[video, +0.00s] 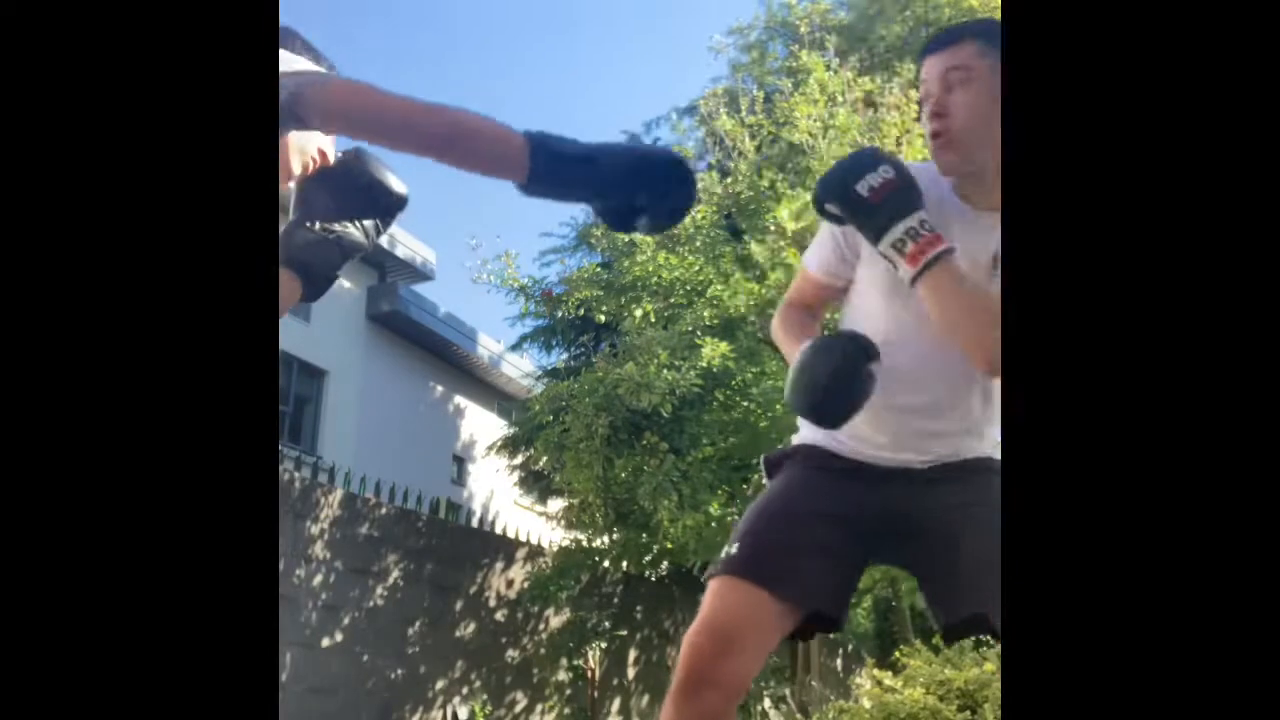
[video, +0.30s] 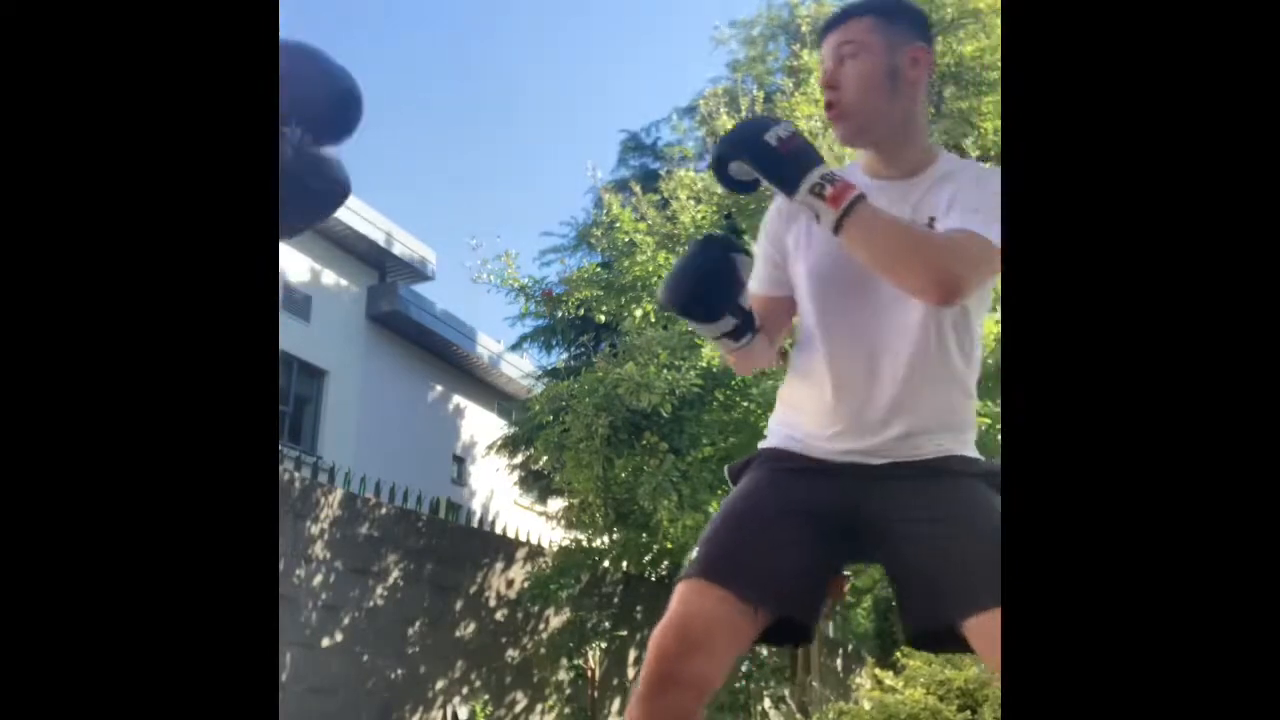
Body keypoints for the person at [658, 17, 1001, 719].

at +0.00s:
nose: (932, 105)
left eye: (956, 82)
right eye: (925, 90)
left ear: (1007, 94)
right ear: (920, 107)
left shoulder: (1002, 217)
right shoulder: (882, 194)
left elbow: (992, 349)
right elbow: (795, 311)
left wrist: (908, 234)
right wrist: (808, 356)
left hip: (966, 472)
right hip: (834, 464)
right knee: (711, 654)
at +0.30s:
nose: (825, 80)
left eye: (849, 55)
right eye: (823, 65)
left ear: (918, 65)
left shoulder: (979, 185)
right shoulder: (797, 203)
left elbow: (943, 278)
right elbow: (757, 354)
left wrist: (816, 185)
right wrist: (728, 323)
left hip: (934, 467)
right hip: (799, 462)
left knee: (1003, 648)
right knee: (675, 662)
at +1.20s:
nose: (825, 40)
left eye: (849, 20)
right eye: (820, 30)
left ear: (912, 33)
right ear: (813, 53)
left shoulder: (964, 167)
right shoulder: (778, 159)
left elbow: (968, 262)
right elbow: (697, 319)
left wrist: (838, 172)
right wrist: (710, 274)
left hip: (900, 443)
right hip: (766, 430)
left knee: (1003, 678)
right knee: (663, 674)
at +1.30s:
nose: (787, 54)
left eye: (813, 32)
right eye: (780, 41)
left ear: (874, 51)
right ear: (771, 63)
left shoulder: (922, 165)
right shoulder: (737, 176)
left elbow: (972, 230)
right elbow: (646, 312)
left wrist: (814, 155)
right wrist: (639, 239)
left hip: (884, 455)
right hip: (747, 442)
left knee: (995, 677)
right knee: (624, 632)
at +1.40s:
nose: (698, 25)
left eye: (722, 6)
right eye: (692, 13)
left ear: (784, 21)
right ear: (689, 37)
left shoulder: (845, 142)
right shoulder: (664, 134)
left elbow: (964, 162)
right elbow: (500, 177)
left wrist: (868, 73)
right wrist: (470, 59)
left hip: (828, 451)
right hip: (692, 440)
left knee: (937, 685)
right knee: (591, 653)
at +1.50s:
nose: (632, 17)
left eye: (655, 0)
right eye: (627, 7)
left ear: (721, 17)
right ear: (621, 29)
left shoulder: (772, 144)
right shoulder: (599, 121)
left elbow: (900, 139)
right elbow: (438, 133)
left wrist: (819, 40)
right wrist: (416, 17)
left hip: (747, 441)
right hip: (624, 427)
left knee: (868, 677)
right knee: (558, 641)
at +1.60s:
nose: (644, 20)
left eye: (667, 7)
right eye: (624, 9)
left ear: (705, 19)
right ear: (605, 24)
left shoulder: (737, 142)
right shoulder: (576, 117)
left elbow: (825, 206)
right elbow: (439, 228)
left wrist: (721, 103)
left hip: (695, 431)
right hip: (577, 408)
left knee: (794, 679)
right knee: (510, 636)